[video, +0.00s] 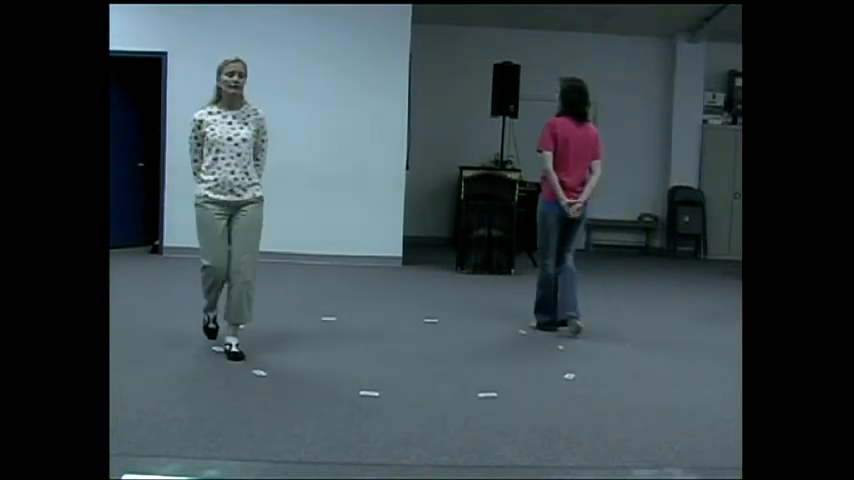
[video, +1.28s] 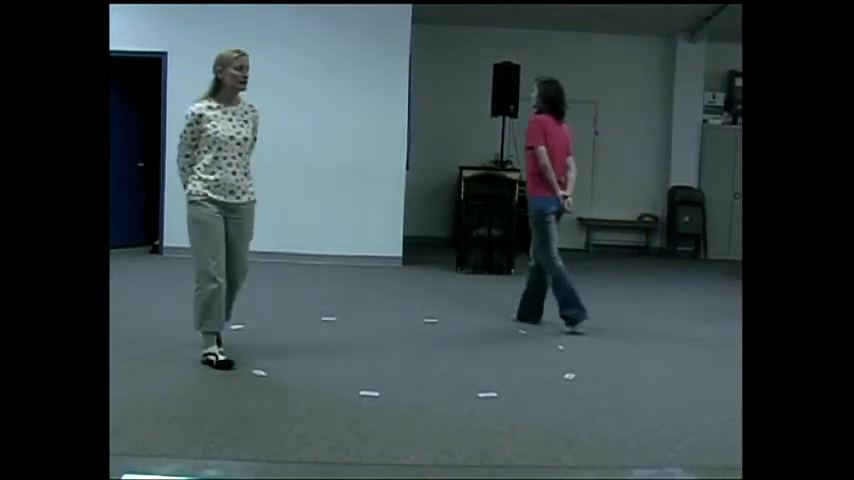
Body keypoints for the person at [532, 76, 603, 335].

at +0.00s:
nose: (559, 99)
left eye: (560, 95)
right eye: (564, 95)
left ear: (562, 99)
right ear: (585, 101)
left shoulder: (553, 126)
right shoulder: (592, 131)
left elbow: (548, 166)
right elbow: (596, 171)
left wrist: (562, 197)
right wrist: (581, 199)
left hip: (553, 200)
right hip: (579, 201)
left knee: (548, 259)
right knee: (567, 256)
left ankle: (546, 318)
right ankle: (571, 313)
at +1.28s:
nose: (532, 97)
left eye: (535, 94)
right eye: (534, 93)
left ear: (542, 98)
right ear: (558, 100)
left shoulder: (536, 123)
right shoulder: (563, 129)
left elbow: (543, 160)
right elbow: (570, 165)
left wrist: (558, 190)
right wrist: (568, 193)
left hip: (540, 198)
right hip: (558, 198)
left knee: (550, 256)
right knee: (539, 256)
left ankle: (574, 312)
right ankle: (529, 312)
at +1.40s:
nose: (525, 101)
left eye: (527, 97)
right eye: (527, 96)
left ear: (531, 101)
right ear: (549, 102)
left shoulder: (528, 126)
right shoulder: (551, 130)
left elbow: (535, 164)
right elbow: (558, 166)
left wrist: (547, 194)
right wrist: (557, 195)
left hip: (529, 201)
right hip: (547, 202)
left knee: (520, 254)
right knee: (529, 254)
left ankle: (554, 302)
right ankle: (528, 312)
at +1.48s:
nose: (514, 98)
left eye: (518, 95)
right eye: (515, 94)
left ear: (527, 100)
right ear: (538, 102)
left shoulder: (525, 128)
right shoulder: (544, 130)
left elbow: (531, 166)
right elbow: (551, 166)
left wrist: (542, 195)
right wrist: (553, 196)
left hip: (523, 203)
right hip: (540, 202)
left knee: (507, 253)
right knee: (525, 253)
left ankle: (540, 297)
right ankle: (525, 310)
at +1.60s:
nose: (502, 96)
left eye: (506, 92)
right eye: (503, 92)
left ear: (516, 97)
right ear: (524, 99)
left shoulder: (515, 124)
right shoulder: (531, 127)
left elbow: (522, 160)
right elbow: (538, 163)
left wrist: (533, 190)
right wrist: (540, 190)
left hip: (513, 198)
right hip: (530, 199)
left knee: (491, 246)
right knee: (523, 251)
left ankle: (505, 304)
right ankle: (528, 310)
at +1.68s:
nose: (496, 97)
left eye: (499, 93)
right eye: (497, 92)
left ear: (510, 97)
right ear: (518, 98)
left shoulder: (510, 123)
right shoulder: (525, 127)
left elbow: (518, 159)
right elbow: (534, 162)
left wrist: (528, 189)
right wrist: (534, 189)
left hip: (507, 198)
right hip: (526, 198)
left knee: (488, 247)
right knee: (522, 253)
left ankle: (483, 308)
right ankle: (528, 312)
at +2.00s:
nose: (465, 95)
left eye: (469, 92)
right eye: (466, 91)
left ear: (478, 97)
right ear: (487, 99)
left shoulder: (473, 123)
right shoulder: (490, 125)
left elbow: (480, 158)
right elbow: (496, 162)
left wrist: (489, 187)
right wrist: (495, 188)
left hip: (469, 197)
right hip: (486, 196)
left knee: (464, 255)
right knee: (482, 249)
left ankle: (459, 307)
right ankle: (511, 299)